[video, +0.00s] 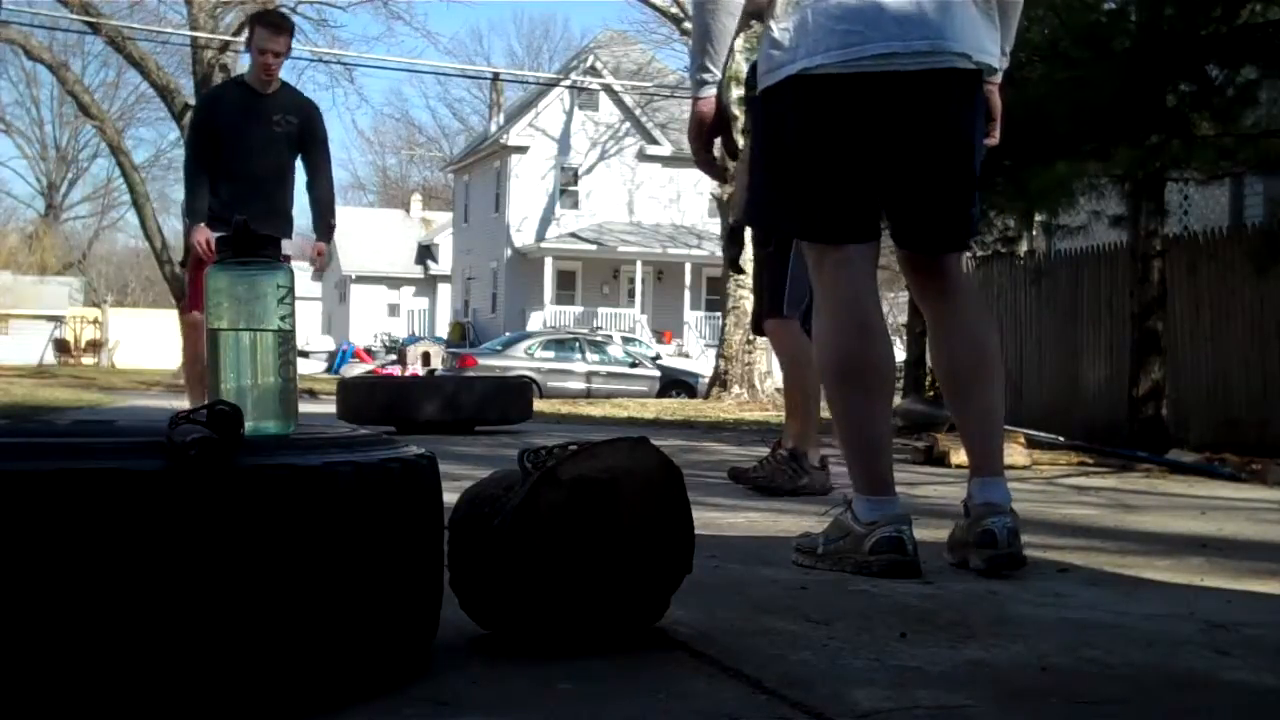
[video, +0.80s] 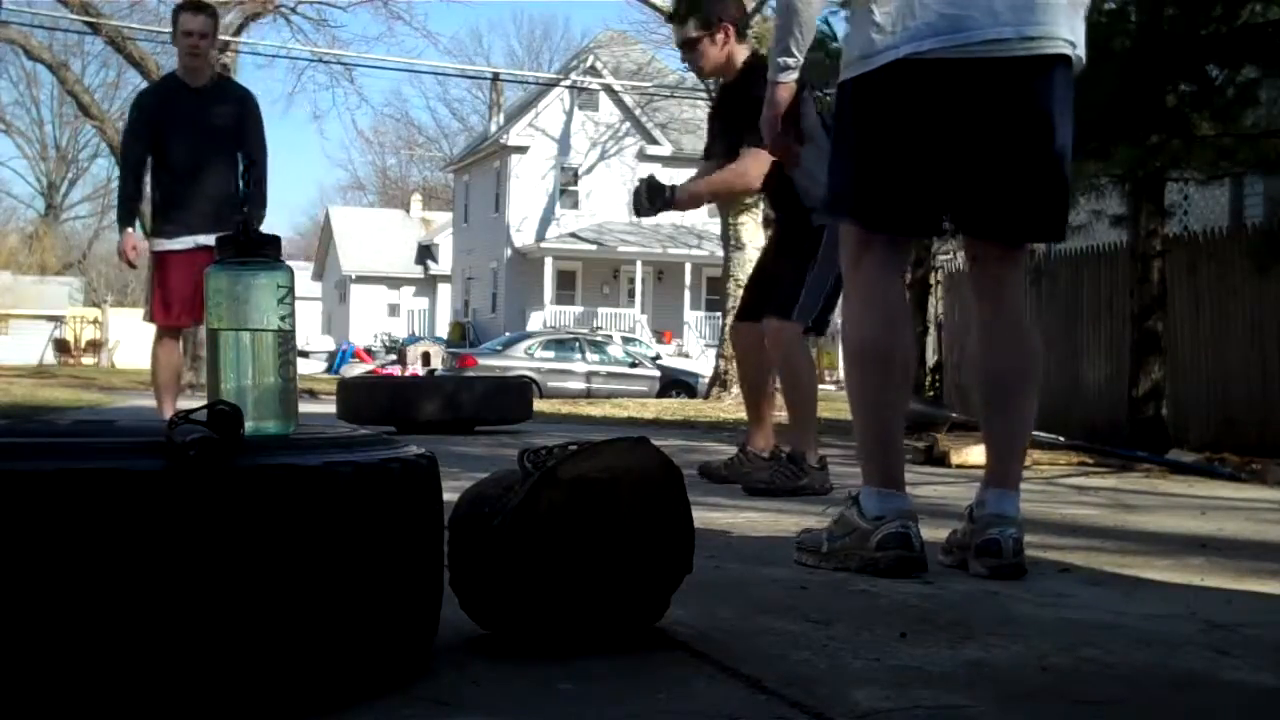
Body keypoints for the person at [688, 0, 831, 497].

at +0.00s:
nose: (744, 9)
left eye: (746, 6)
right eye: (744, 8)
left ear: (762, 3)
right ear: (767, 6)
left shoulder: (781, 45)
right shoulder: (760, 43)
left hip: (787, 199)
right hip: (774, 200)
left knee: (781, 317)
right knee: (784, 320)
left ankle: (803, 456)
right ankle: (796, 451)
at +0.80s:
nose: (685, 58)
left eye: (691, 46)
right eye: (681, 48)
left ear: (725, 35)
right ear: (718, 40)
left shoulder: (767, 82)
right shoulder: (730, 95)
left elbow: (751, 175)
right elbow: (718, 178)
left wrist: (677, 196)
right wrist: (672, 196)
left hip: (824, 221)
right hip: (790, 224)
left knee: (783, 329)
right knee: (746, 329)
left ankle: (807, 460)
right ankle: (761, 450)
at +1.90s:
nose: (667, 266)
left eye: (664, 255)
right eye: (658, 260)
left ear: (681, 225)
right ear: (682, 224)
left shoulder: (737, 224)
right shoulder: (694, 249)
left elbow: (720, 309)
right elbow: (667, 320)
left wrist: (657, 283)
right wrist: (635, 296)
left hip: (858, 305)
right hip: (809, 308)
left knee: (767, 338)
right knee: (716, 342)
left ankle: (805, 458)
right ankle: (757, 449)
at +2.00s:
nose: (668, 270)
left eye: (664, 258)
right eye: (659, 263)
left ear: (680, 227)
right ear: (681, 226)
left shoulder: (737, 225)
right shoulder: (695, 249)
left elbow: (722, 311)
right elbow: (666, 321)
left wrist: (661, 280)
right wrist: (636, 296)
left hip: (856, 307)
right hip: (804, 309)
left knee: (766, 339)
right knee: (715, 344)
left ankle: (804, 458)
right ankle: (757, 449)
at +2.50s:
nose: (638, 203)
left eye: (644, 193)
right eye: (636, 195)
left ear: (678, 185)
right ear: (676, 187)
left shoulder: (732, 217)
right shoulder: (694, 239)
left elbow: (723, 314)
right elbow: (680, 312)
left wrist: (657, 364)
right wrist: (633, 352)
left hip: (831, 305)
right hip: (782, 313)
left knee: (749, 340)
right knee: (706, 344)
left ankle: (801, 458)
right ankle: (756, 451)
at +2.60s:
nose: (652, 133)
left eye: (662, 124)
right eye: (652, 125)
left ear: (697, 125)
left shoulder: (729, 171)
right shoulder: (697, 192)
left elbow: (740, 253)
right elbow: (691, 272)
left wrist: (736, 323)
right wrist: (675, 342)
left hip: (791, 294)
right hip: (751, 299)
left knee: (761, 346)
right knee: (695, 348)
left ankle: (798, 453)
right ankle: (753, 449)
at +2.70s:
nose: (677, 69)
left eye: (688, 61)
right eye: (678, 61)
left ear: (722, 70)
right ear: (711, 73)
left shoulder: (750, 121)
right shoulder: (706, 138)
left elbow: (777, 203)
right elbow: (714, 228)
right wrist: (712, 302)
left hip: (784, 263)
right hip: (751, 264)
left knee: (734, 345)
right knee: (688, 350)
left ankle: (793, 452)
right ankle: (751, 448)